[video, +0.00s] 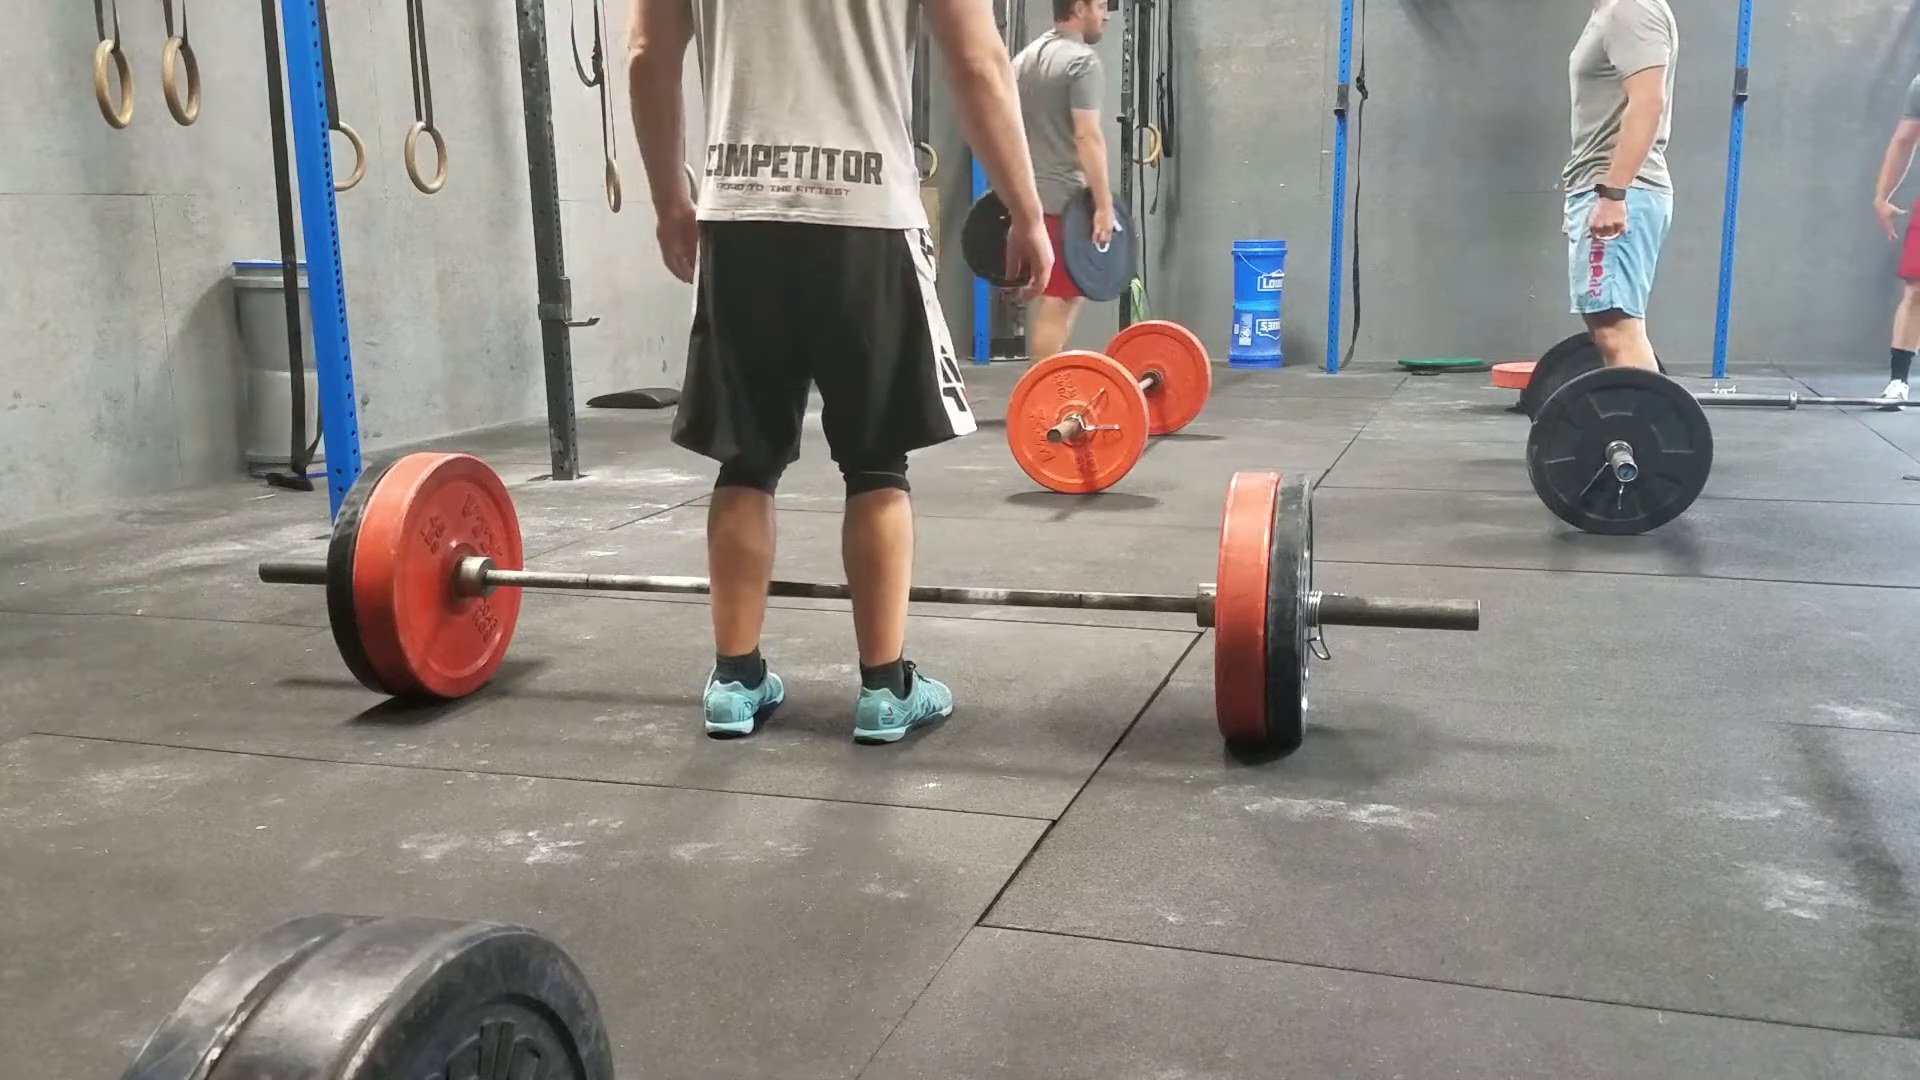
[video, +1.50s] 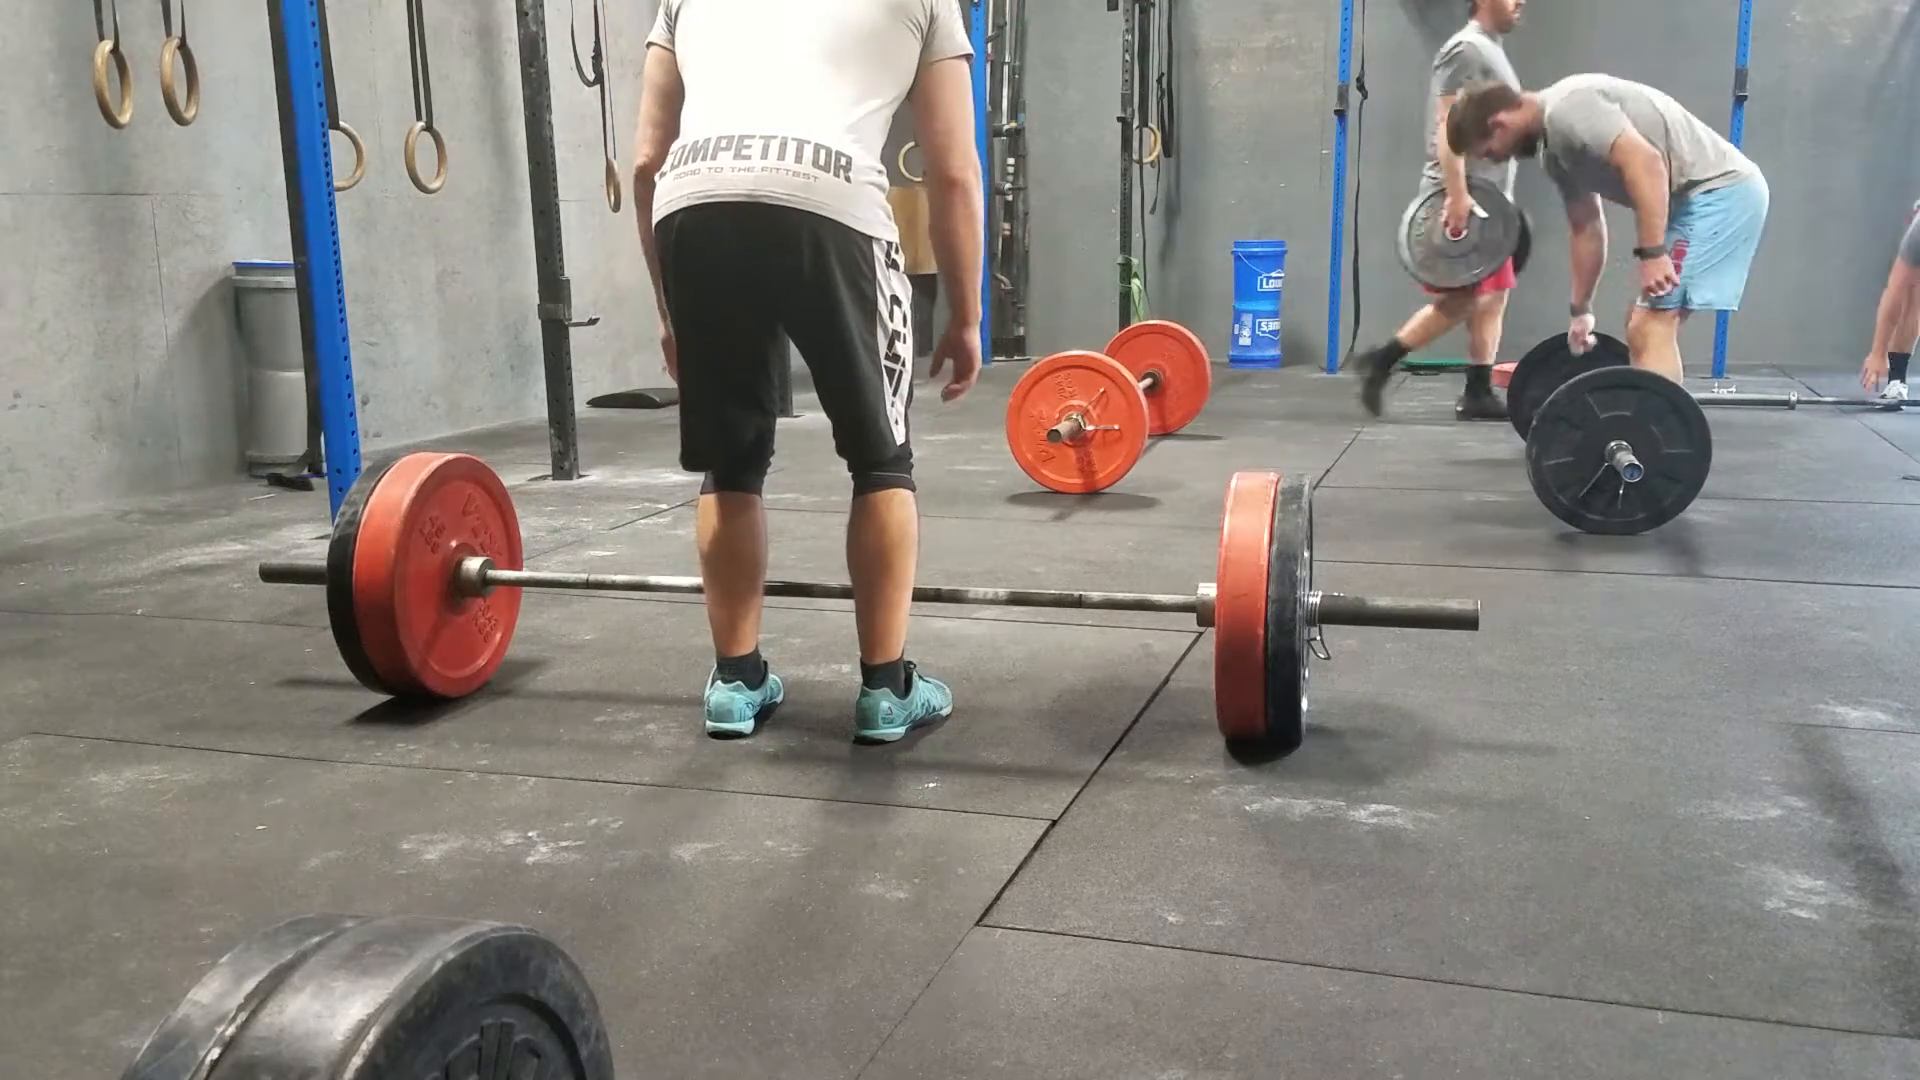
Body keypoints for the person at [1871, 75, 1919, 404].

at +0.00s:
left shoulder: (1917, 86)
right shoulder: (1918, 85)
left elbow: (1904, 137)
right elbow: (1904, 137)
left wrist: (1881, 196)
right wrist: (1882, 196)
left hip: (1917, 213)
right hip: (1917, 213)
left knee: (1913, 292)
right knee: (1913, 291)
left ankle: (1899, 380)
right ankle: (1898, 380)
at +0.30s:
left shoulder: (1903, 80)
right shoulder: (1903, 79)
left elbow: (1870, 139)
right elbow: (1870, 138)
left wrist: (1853, 193)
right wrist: (1852, 194)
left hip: (1910, 200)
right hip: (1911, 199)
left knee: (1905, 292)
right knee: (1904, 291)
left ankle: (1897, 380)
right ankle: (1896, 381)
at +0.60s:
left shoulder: (1904, 82)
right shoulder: (1904, 81)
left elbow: (1875, 139)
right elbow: (1875, 138)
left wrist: (1868, 184)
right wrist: (1866, 185)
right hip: (1909, 200)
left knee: (1905, 292)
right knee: (1904, 291)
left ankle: (1897, 380)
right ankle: (1896, 381)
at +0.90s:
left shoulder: (1916, 96)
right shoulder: (1918, 95)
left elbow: (1899, 156)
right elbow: (1899, 156)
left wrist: (1882, 216)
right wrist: (1881, 215)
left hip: (1916, 209)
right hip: (1918, 208)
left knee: (1912, 291)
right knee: (1913, 289)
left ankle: (1898, 380)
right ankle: (1897, 381)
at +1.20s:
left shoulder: (1916, 165)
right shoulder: (1918, 164)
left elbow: (1901, 215)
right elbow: (1900, 215)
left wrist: (1885, 279)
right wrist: (1884, 280)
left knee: (1911, 297)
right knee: (1912, 296)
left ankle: (1897, 380)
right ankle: (1897, 380)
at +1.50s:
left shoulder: (1915, 229)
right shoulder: (1916, 229)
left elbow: (1897, 288)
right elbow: (1896, 288)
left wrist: (1878, 352)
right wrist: (1878, 353)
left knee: (1910, 291)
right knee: (1911, 292)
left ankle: (1897, 380)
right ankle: (1896, 380)